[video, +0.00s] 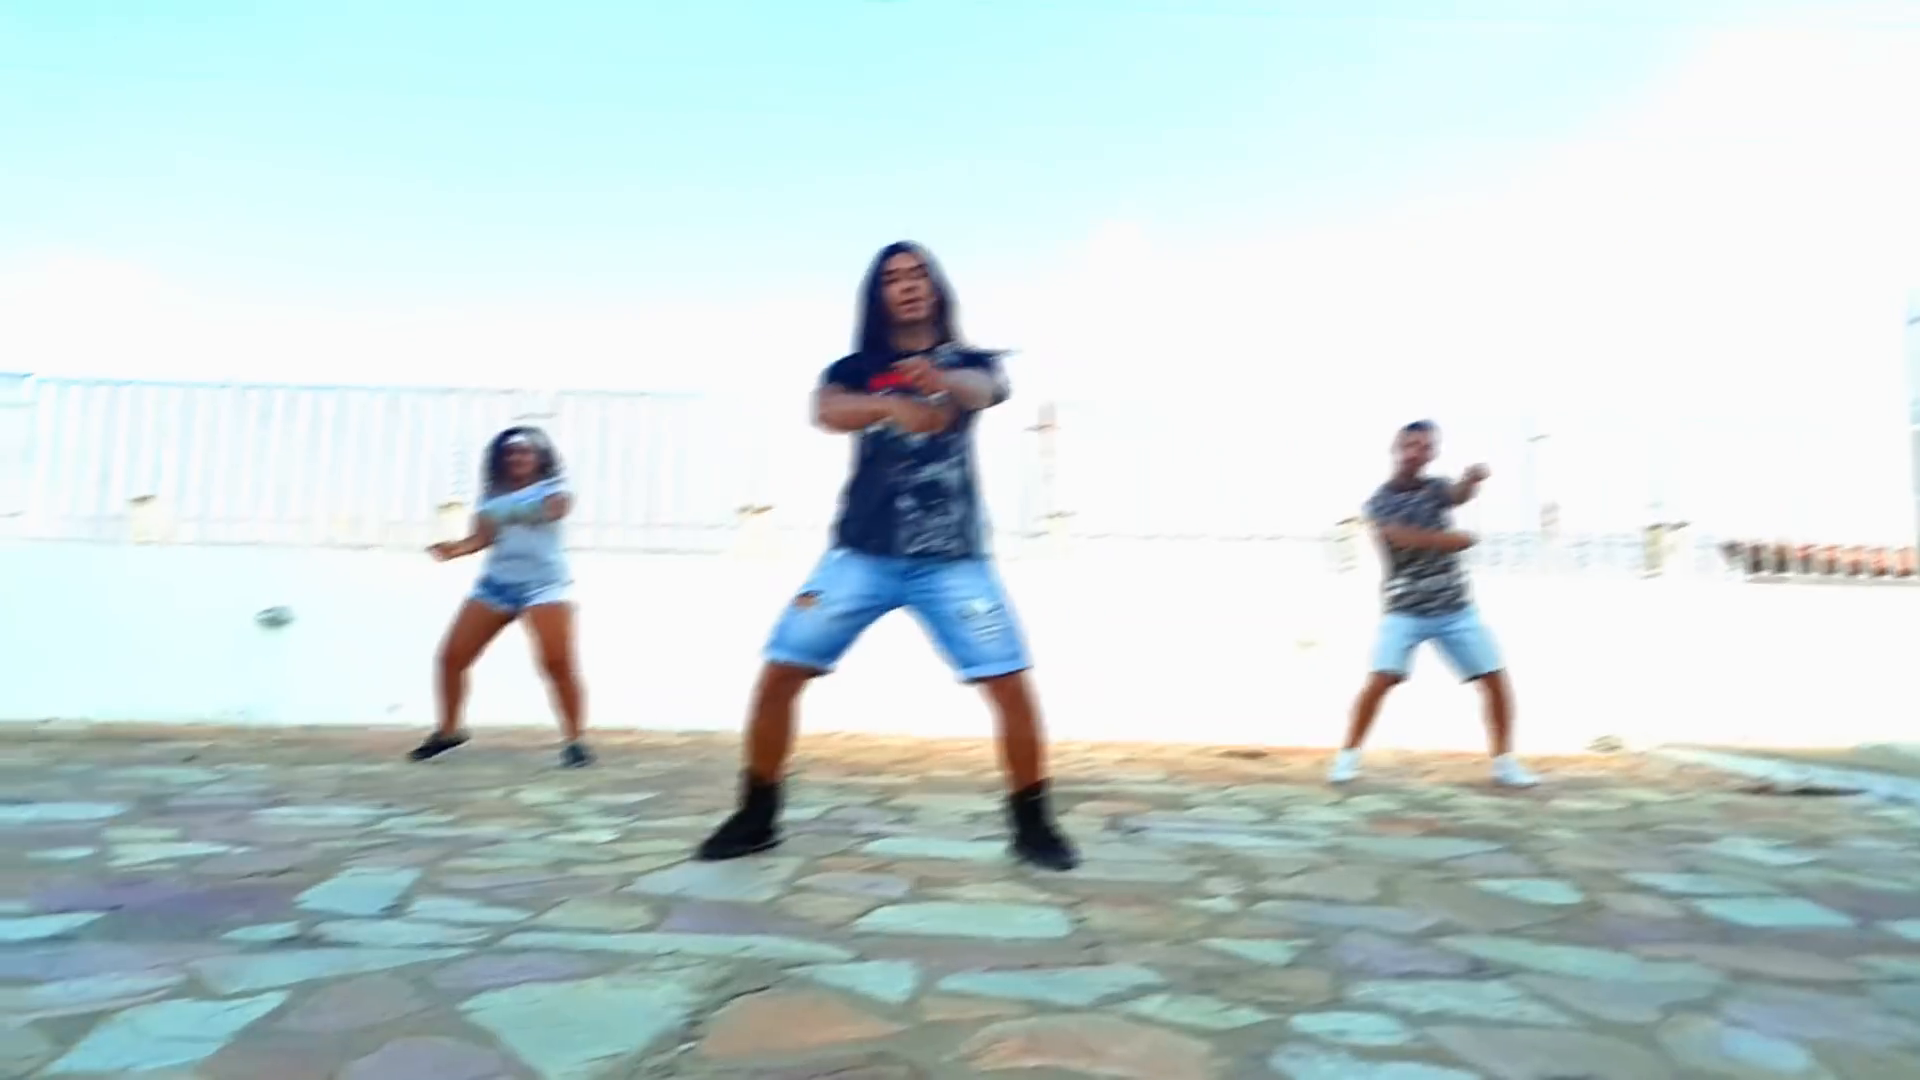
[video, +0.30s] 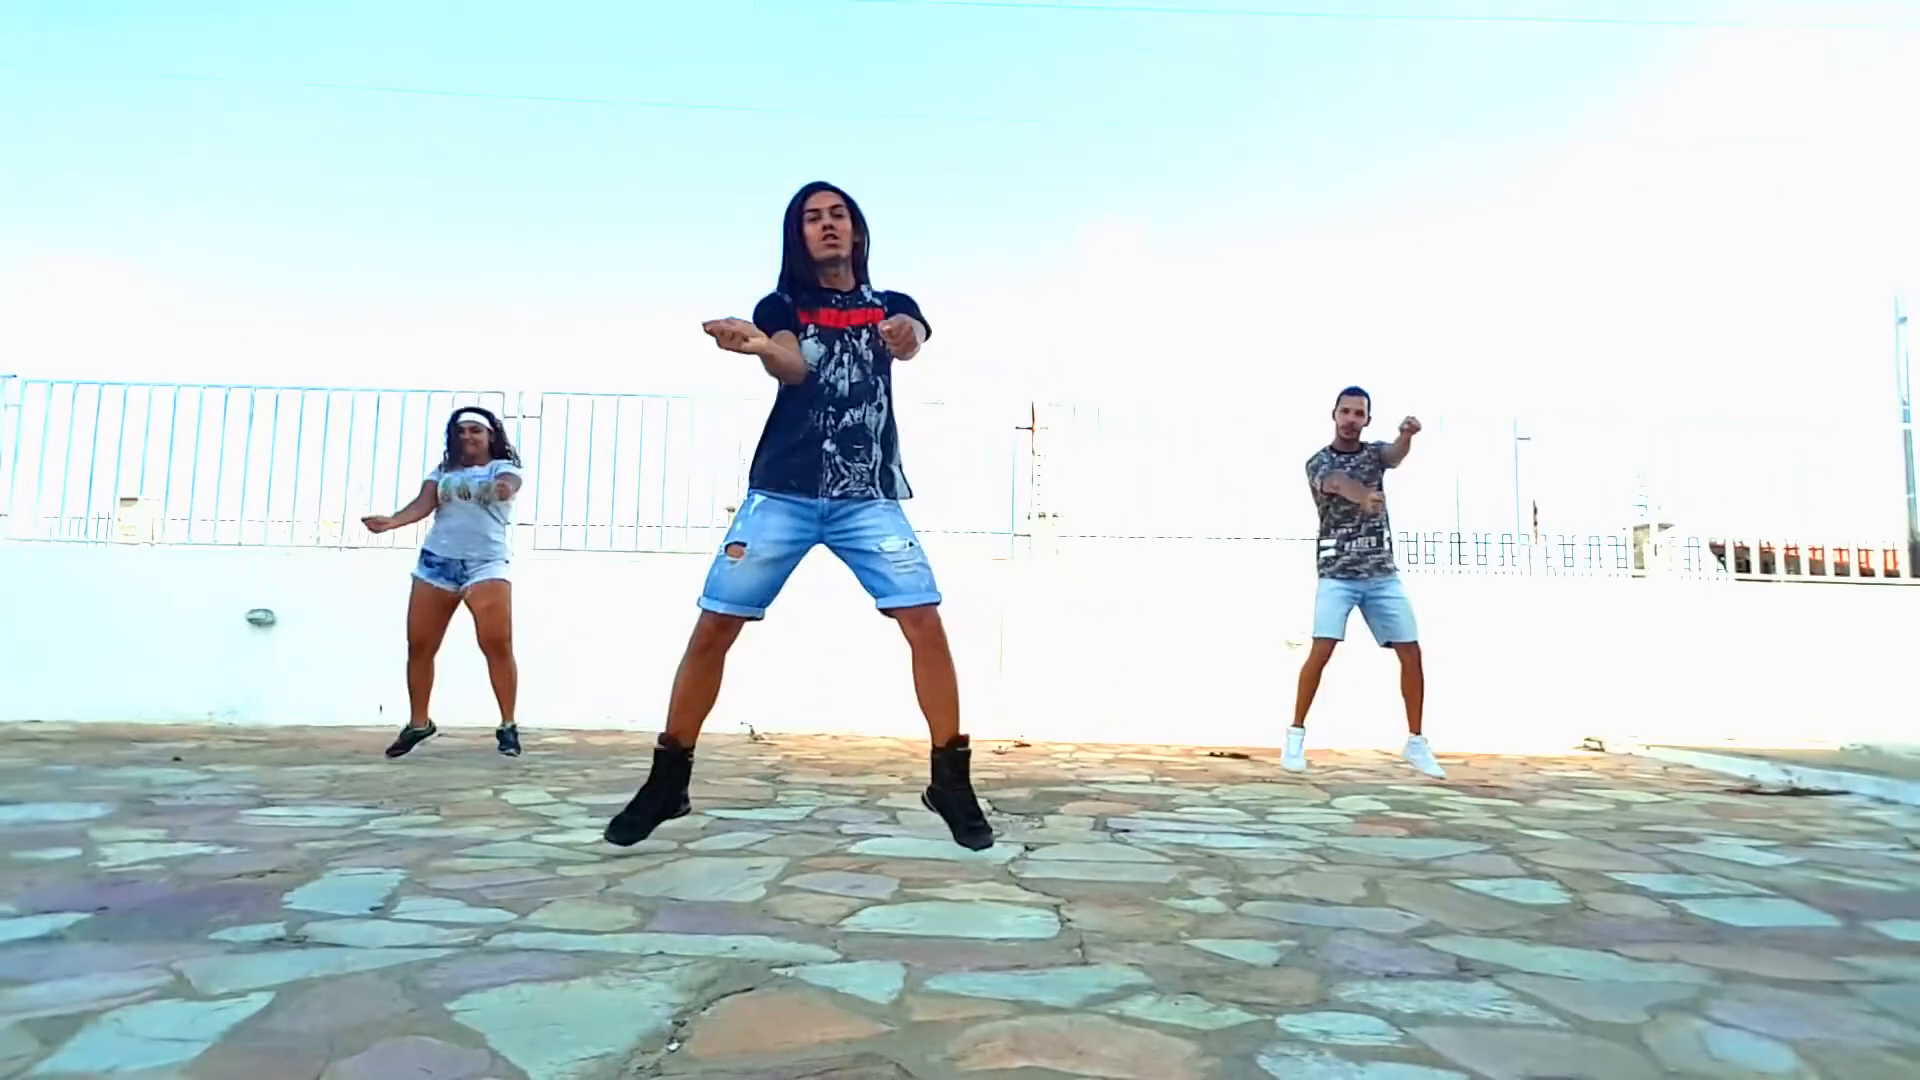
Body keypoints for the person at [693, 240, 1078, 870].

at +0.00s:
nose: (909, 288)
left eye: (918, 276)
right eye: (895, 280)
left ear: (938, 287)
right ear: (876, 298)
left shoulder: (969, 362)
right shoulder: (854, 369)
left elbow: (989, 388)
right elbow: (826, 411)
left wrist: (944, 380)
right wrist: (892, 408)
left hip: (953, 561)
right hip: (862, 558)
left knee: (1011, 684)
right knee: (779, 673)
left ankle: (1033, 824)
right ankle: (755, 816)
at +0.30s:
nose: (827, 224)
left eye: (837, 214)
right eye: (814, 218)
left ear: (858, 229)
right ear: (796, 237)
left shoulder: (889, 302)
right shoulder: (780, 305)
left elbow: (908, 336)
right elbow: (795, 367)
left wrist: (902, 333)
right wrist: (757, 341)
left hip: (869, 498)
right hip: (782, 496)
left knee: (926, 623)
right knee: (713, 629)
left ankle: (952, 778)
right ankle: (667, 780)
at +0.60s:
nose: (767, 246)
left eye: (776, 236)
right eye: (753, 239)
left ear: (794, 251)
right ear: (736, 257)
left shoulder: (826, 326)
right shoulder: (716, 326)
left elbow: (868, 375)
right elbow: (696, 399)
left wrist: (850, 351)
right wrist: (689, 343)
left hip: (811, 519)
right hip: (723, 519)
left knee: (871, 643)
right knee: (660, 648)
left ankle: (925, 789)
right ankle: (636, 796)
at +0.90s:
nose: (728, 260)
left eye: (738, 251)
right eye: (714, 253)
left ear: (758, 268)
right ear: (695, 274)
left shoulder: (788, 335)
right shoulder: (680, 341)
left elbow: (815, 370)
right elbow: (674, 395)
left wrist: (777, 341)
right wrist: (751, 380)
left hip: (783, 541)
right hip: (694, 540)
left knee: (845, 665)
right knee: (622, 664)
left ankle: (890, 808)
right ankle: (594, 809)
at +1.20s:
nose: (730, 205)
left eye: (741, 199)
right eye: (716, 198)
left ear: (759, 221)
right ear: (695, 222)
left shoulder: (792, 288)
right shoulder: (677, 289)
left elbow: (818, 343)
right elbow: (678, 374)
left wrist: (772, 295)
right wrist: (621, 357)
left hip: (776, 484)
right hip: (688, 483)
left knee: (842, 612)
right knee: (627, 621)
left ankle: (906, 759)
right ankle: (590, 780)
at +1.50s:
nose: (773, 244)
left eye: (783, 236)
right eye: (760, 238)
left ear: (801, 256)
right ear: (742, 259)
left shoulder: (838, 321)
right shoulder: (713, 327)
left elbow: (864, 373)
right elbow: (613, 343)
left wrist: (807, 376)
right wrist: (648, 265)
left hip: (808, 525)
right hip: (718, 522)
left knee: (868, 653)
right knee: (659, 655)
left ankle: (912, 802)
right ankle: (615, 806)